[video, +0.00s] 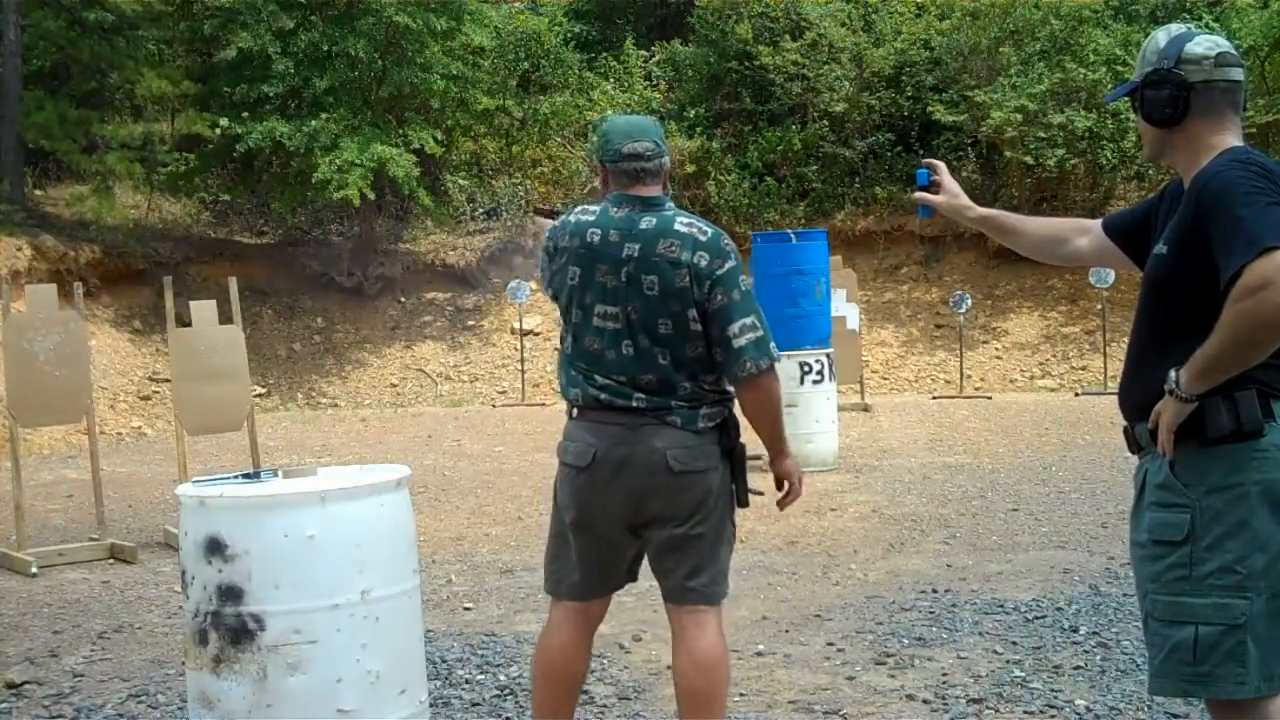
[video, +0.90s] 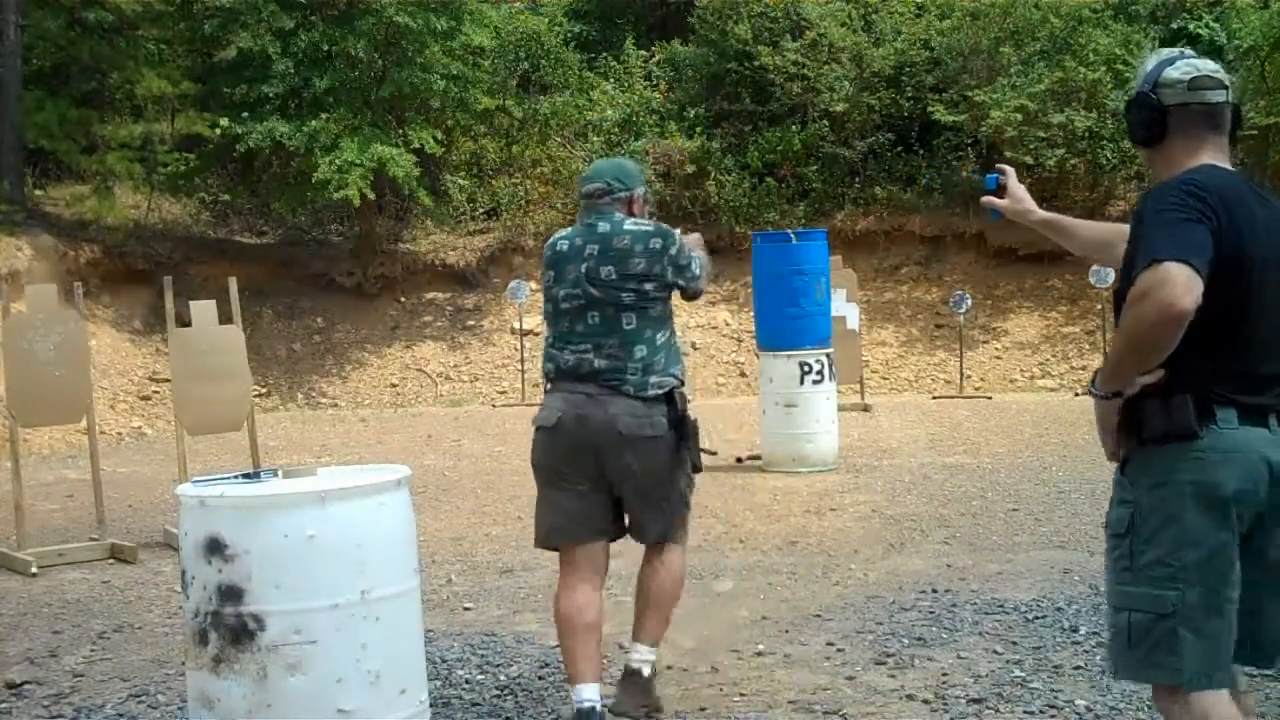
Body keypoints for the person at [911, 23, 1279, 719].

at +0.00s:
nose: (1137, 117)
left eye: (1142, 102)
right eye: (1138, 102)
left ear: (1169, 103)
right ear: (1218, 102)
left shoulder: (1234, 181)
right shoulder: (1186, 195)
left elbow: (1270, 288)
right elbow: (1082, 239)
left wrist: (1184, 388)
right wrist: (970, 213)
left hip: (1221, 462)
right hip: (1210, 456)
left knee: (1238, 693)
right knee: (1242, 686)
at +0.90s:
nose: (1136, 140)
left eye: (1138, 125)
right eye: (1138, 127)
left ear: (1148, 122)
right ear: (1226, 122)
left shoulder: (1178, 198)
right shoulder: (1261, 205)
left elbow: (1173, 297)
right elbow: (1137, 244)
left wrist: (1108, 384)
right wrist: (1033, 216)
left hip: (1188, 449)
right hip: (1265, 445)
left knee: (1184, 684)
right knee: (1219, 671)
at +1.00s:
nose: (1137, 143)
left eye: (1140, 128)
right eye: (1140, 129)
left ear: (1147, 127)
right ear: (1225, 127)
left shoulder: (1168, 202)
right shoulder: (1262, 208)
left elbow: (1154, 301)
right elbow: (1144, 245)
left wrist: (1076, 385)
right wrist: (1045, 218)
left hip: (1181, 452)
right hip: (1268, 449)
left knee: (1125, 675)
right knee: (1221, 664)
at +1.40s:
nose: (1111, 156)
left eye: (1112, 145)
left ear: (1113, 149)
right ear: (1185, 149)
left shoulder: (1108, 221)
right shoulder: (1230, 228)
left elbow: (1073, 326)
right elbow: (1157, 277)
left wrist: (1033, 446)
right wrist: (1067, 233)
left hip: (1125, 452)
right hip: (1230, 447)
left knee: (1061, 618)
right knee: (1218, 645)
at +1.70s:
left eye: (1051, 161)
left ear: (1047, 168)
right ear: (1117, 163)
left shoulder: (1032, 240)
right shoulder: (1159, 232)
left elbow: (986, 349)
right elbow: (1103, 282)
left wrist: (958, 455)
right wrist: (1026, 238)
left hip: (1060, 442)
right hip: (1162, 442)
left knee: (1051, 622)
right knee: (1160, 624)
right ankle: (1181, 713)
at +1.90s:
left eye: (1024, 159)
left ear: (1021, 160)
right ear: (1085, 160)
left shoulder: (1002, 234)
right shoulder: (1125, 228)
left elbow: (947, 347)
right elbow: (1070, 248)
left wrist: (935, 430)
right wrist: (1011, 215)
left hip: (1036, 424)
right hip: (1129, 422)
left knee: (1050, 612)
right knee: (1107, 590)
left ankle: (1078, 717)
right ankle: (1108, 711)